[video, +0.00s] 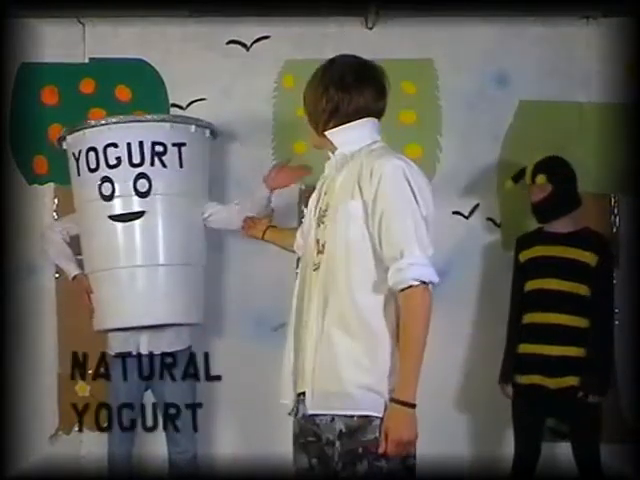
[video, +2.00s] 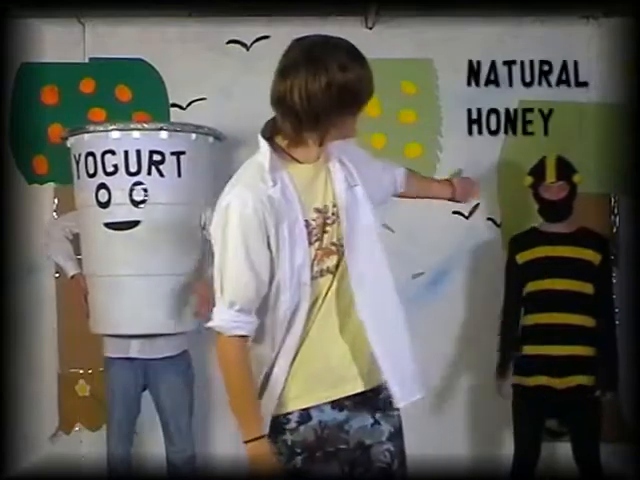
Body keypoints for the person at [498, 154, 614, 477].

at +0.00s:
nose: (532, 195)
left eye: (539, 186)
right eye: (531, 187)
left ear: (559, 189)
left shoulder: (596, 246)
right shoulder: (526, 244)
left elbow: (603, 318)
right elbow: (516, 313)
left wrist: (598, 376)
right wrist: (508, 366)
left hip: (578, 377)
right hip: (529, 375)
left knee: (587, 462)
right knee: (524, 459)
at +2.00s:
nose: (554, 195)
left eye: (561, 187)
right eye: (546, 188)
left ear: (573, 189)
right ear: (534, 193)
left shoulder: (597, 245)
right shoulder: (520, 245)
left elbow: (605, 313)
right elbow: (511, 308)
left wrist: (608, 372)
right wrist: (504, 359)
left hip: (581, 372)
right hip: (531, 373)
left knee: (588, 460)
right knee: (524, 459)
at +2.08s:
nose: (556, 195)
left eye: (563, 187)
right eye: (548, 187)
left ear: (575, 189)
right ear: (535, 193)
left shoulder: (597, 245)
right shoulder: (521, 245)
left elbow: (607, 314)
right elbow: (509, 309)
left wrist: (609, 372)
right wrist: (479, 326)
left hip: (581, 371)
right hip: (532, 371)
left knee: (589, 461)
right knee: (525, 459)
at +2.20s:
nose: (555, 194)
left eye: (563, 186)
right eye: (547, 187)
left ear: (576, 190)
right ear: (537, 191)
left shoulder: (599, 245)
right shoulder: (525, 241)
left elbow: (609, 315)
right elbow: (496, 291)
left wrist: (613, 374)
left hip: (581, 370)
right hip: (533, 369)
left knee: (589, 460)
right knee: (526, 459)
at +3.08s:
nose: (579, 195)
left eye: (588, 188)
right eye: (572, 187)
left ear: (600, 193)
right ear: (561, 190)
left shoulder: (611, 249)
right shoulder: (537, 237)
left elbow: (618, 320)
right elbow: (498, 282)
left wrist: (622, 380)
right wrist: (494, 245)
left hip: (587, 368)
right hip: (538, 364)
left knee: (591, 460)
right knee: (527, 458)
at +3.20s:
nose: (577, 196)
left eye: (586, 188)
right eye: (570, 187)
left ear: (598, 193)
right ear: (559, 190)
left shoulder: (610, 249)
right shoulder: (536, 237)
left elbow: (618, 318)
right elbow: (511, 282)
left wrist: (621, 376)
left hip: (587, 365)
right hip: (538, 361)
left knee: (591, 458)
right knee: (528, 457)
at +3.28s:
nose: (574, 196)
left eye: (583, 189)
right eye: (568, 188)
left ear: (596, 194)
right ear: (557, 191)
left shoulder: (610, 249)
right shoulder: (536, 238)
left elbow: (617, 318)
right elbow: (514, 293)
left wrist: (621, 375)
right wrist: (497, 331)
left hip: (586, 365)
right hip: (537, 361)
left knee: (591, 458)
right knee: (528, 457)